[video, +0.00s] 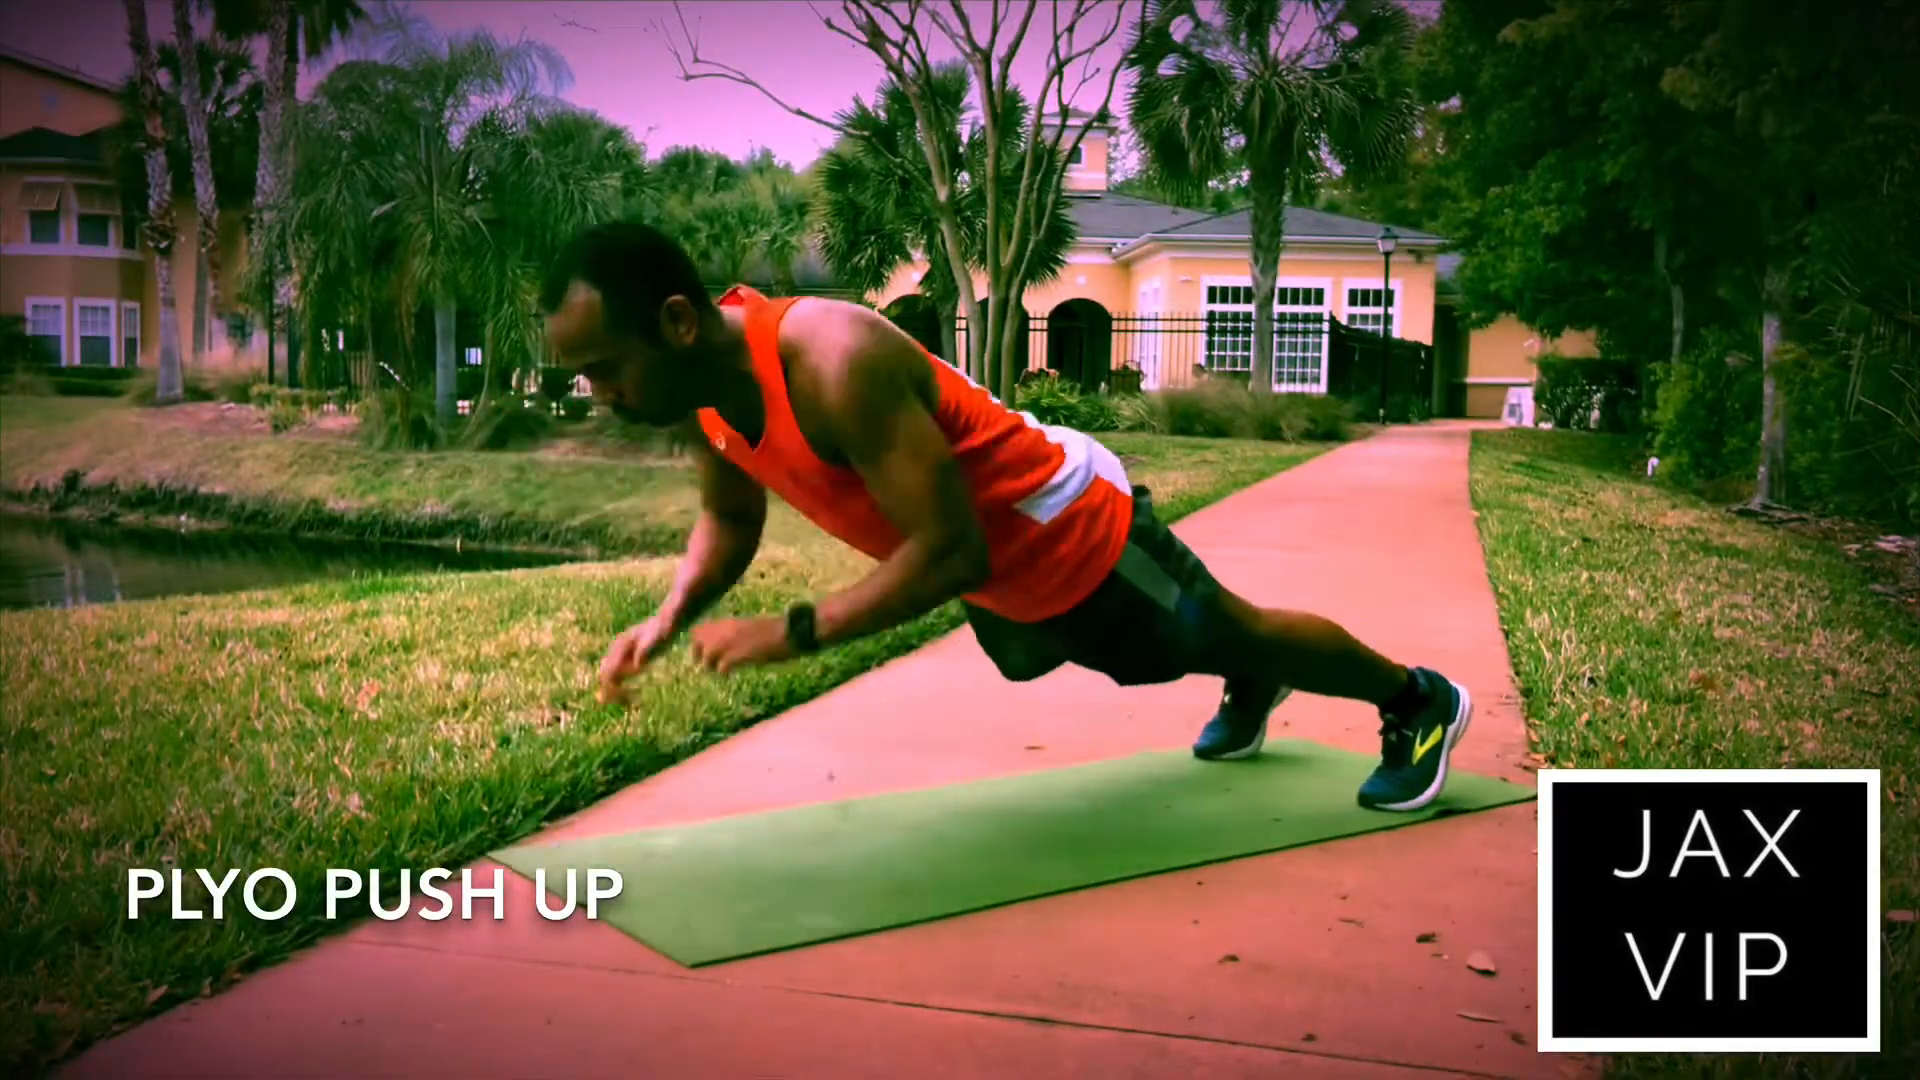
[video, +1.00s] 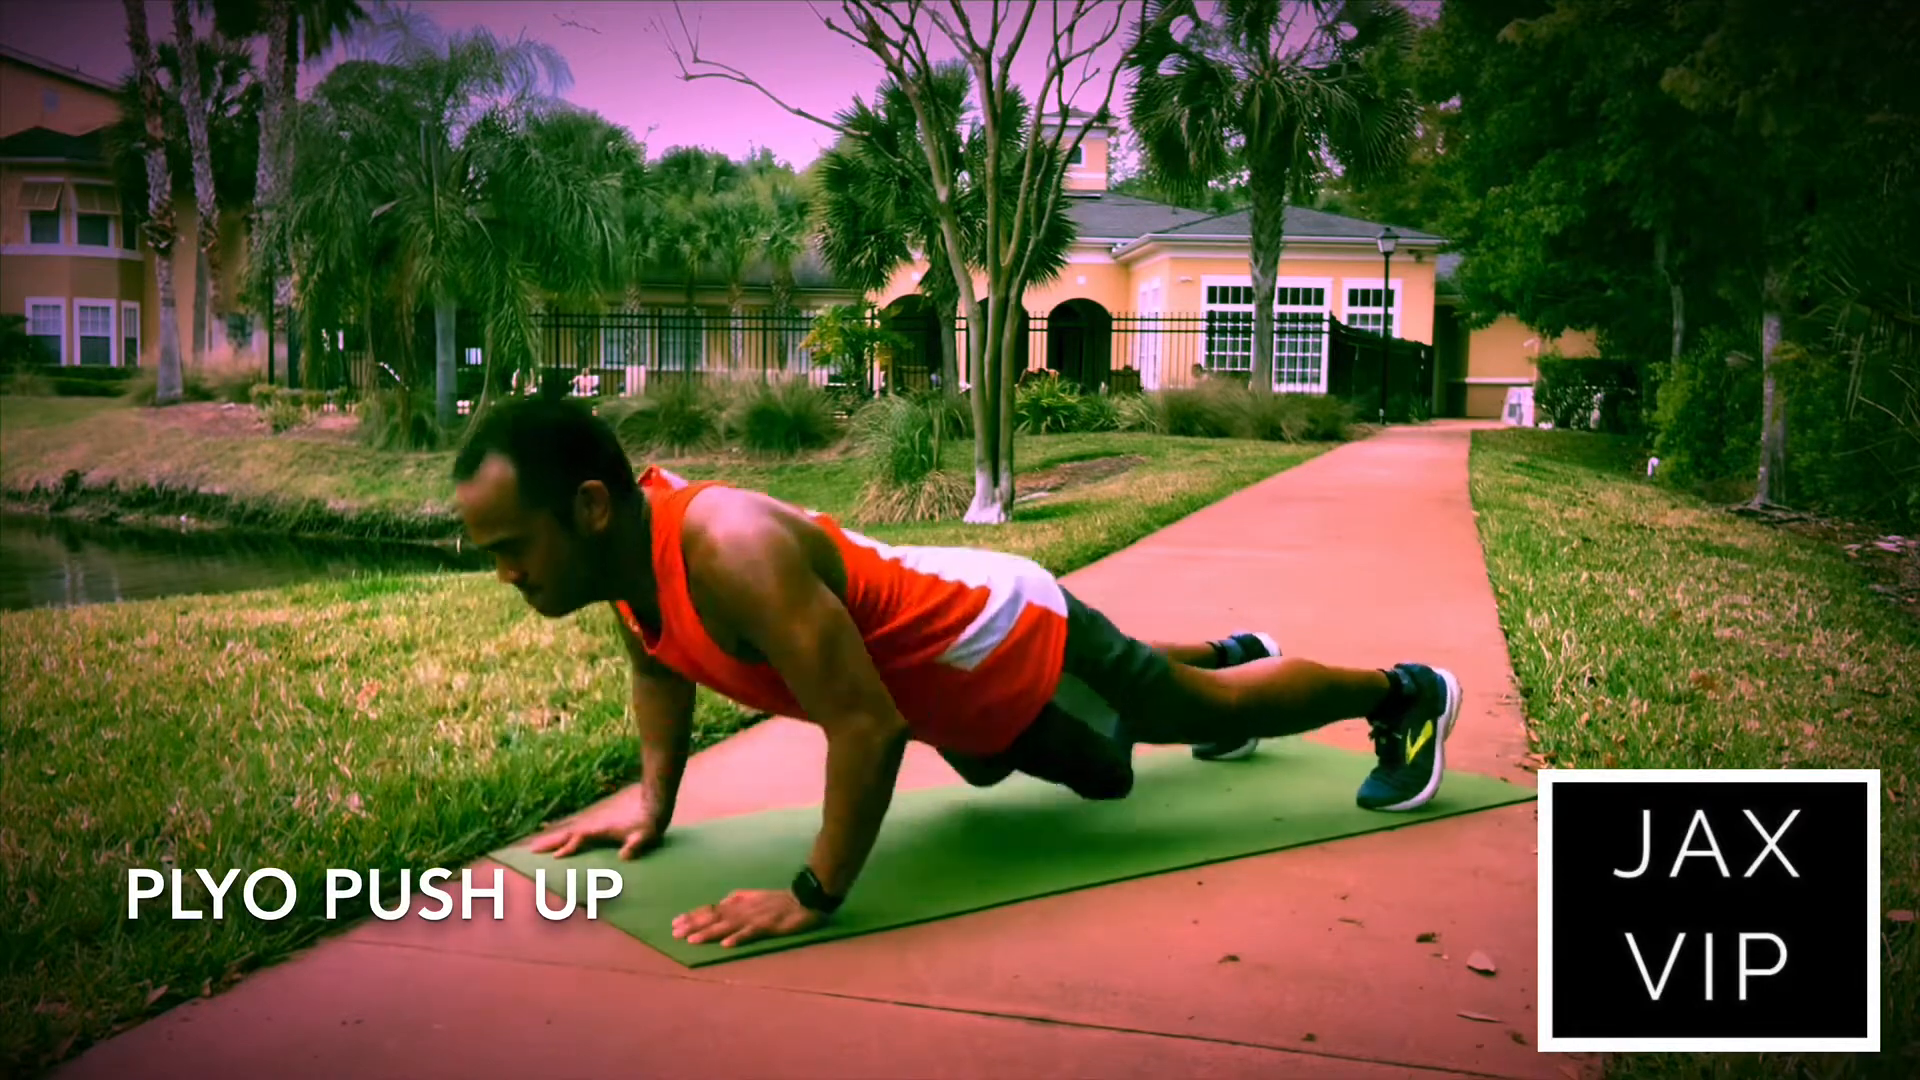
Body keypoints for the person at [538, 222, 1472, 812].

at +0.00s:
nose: (598, 395)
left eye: (599, 368)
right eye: (582, 379)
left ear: (674, 316)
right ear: (663, 324)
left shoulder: (839, 358)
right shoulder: (717, 394)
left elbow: (953, 550)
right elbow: (728, 516)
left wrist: (801, 630)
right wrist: (671, 609)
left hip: (1073, 523)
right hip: (993, 558)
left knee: (1233, 636)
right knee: (1117, 637)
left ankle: (1418, 697)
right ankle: (1251, 673)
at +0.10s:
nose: (591, 442)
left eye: (590, 413)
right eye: (573, 420)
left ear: (662, 360)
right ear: (653, 360)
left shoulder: (839, 373)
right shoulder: (716, 396)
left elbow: (977, 534)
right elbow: (750, 491)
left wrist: (841, 641)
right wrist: (686, 594)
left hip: (1068, 537)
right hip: (986, 572)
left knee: (1236, 637)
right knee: (1122, 653)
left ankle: (1420, 696)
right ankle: (1253, 675)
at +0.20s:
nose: (561, 514)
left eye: (558, 489)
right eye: (545, 497)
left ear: (630, 439)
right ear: (617, 438)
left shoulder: (805, 460)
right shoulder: (683, 468)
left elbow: (881, 682)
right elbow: (672, 635)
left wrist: (797, 862)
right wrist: (634, 786)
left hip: (1064, 570)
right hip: (992, 604)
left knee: (1245, 654)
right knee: (1139, 677)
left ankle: (1420, 696)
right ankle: (1257, 686)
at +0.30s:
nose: (516, 657)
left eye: (515, 634)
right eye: (500, 641)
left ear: (580, 576)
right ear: (570, 571)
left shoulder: (746, 562)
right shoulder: (639, 560)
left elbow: (896, 732)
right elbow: (693, 672)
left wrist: (818, 896)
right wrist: (656, 809)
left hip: (1039, 617)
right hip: (975, 635)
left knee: (1223, 685)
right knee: (1129, 723)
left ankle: (1411, 695)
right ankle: (1233, 708)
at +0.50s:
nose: (450, 817)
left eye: (453, 795)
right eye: (435, 799)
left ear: (525, 736)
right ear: (515, 728)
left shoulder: (686, 702)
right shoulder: (575, 669)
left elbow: (887, 740)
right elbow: (677, 700)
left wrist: (818, 898)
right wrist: (649, 807)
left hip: (997, 730)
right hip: (916, 682)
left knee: (1196, 740)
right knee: (1059, 695)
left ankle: (1390, 691)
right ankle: (1210, 660)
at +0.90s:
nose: (465, 664)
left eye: (472, 636)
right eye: (450, 642)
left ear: (559, 594)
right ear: (545, 597)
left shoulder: (707, 623)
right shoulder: (607, 605)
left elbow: (876, 741)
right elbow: (663, 692)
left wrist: (821, 898)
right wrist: (650, 802)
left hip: (1005, 695)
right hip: (938, 679)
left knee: (1202, 730)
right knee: (1092, 693)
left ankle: (1393, 695)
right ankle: (1213, 656)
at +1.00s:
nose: (498, 575)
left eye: (504, 546)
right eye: (485, 554)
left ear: (592, 504)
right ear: (573, 514)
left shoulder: (734, 547)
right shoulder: (628, 564)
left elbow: (865, 725)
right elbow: (661, 669)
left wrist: (814, 897)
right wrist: (653, 800)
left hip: (1025, 639)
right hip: (954, 671)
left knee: (1211, 710)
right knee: (1106, 710)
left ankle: (1403, 692)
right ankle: (1229, 661)